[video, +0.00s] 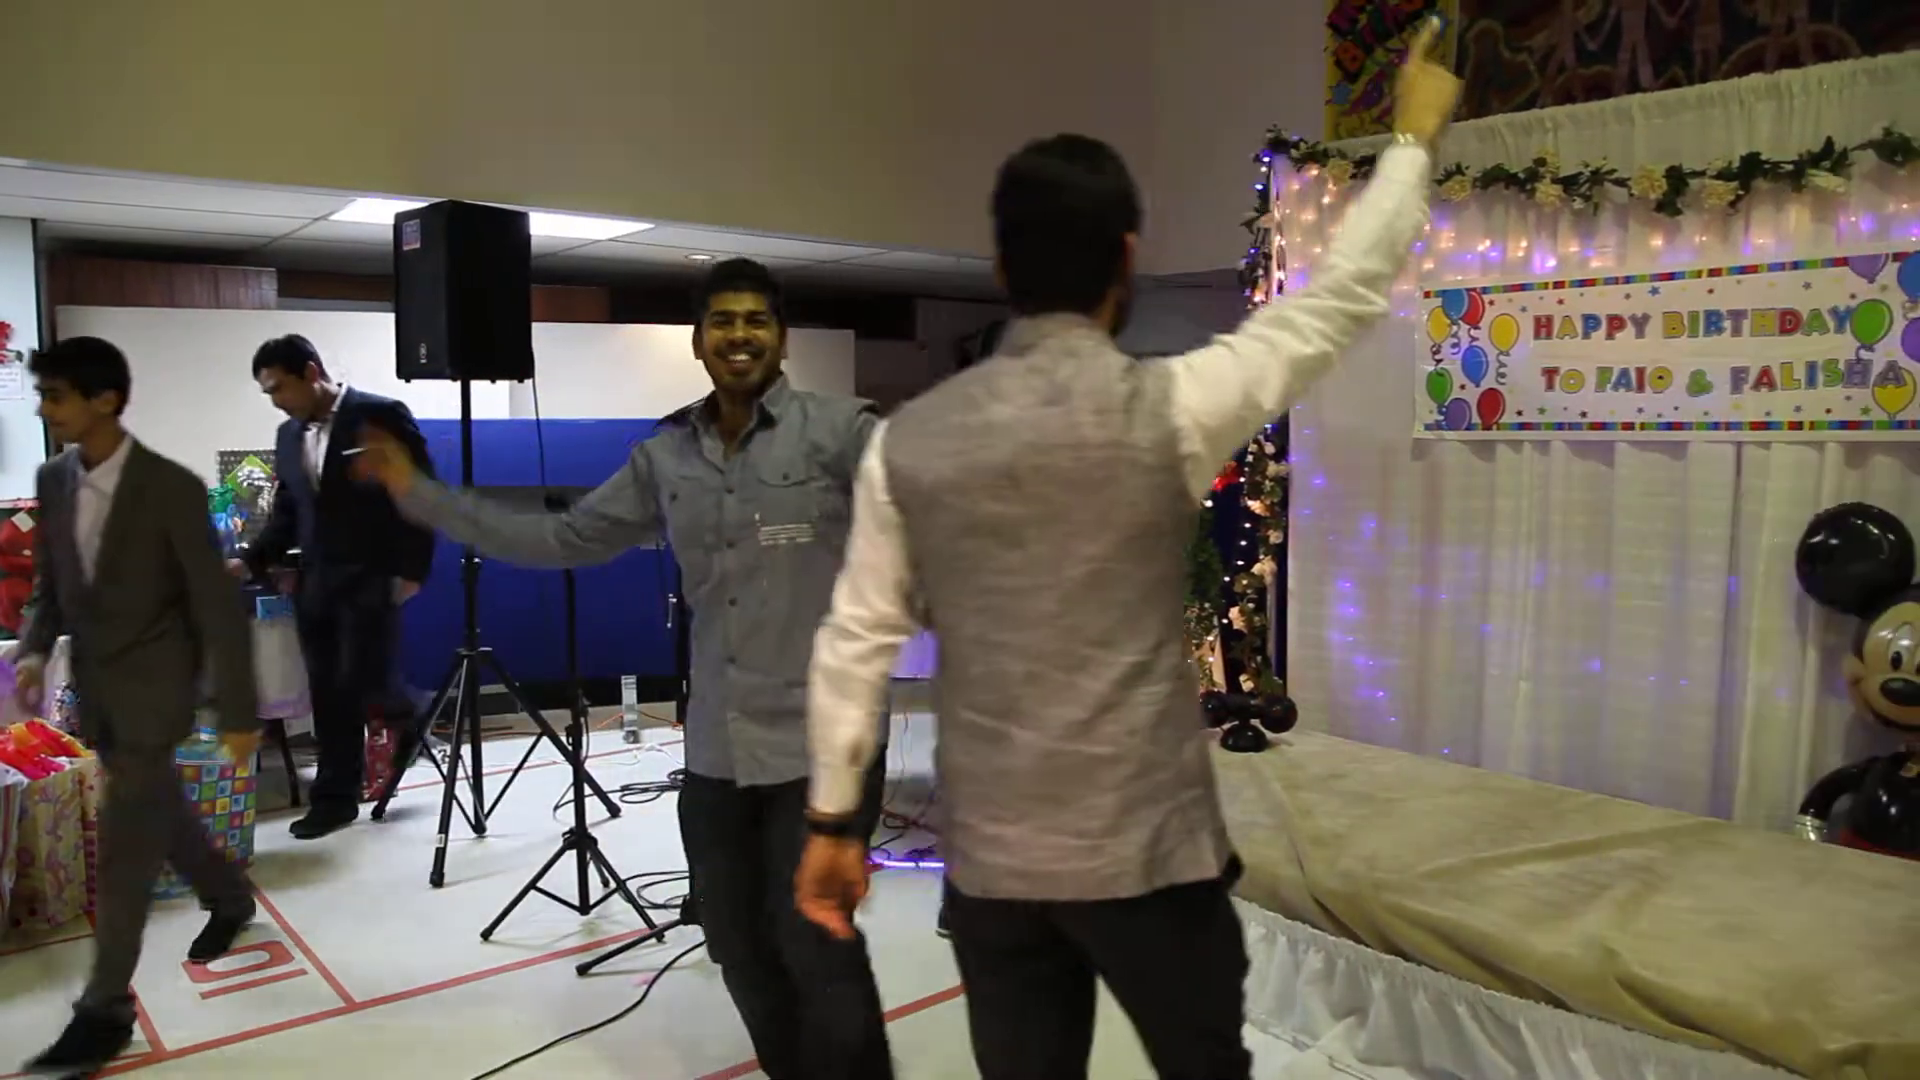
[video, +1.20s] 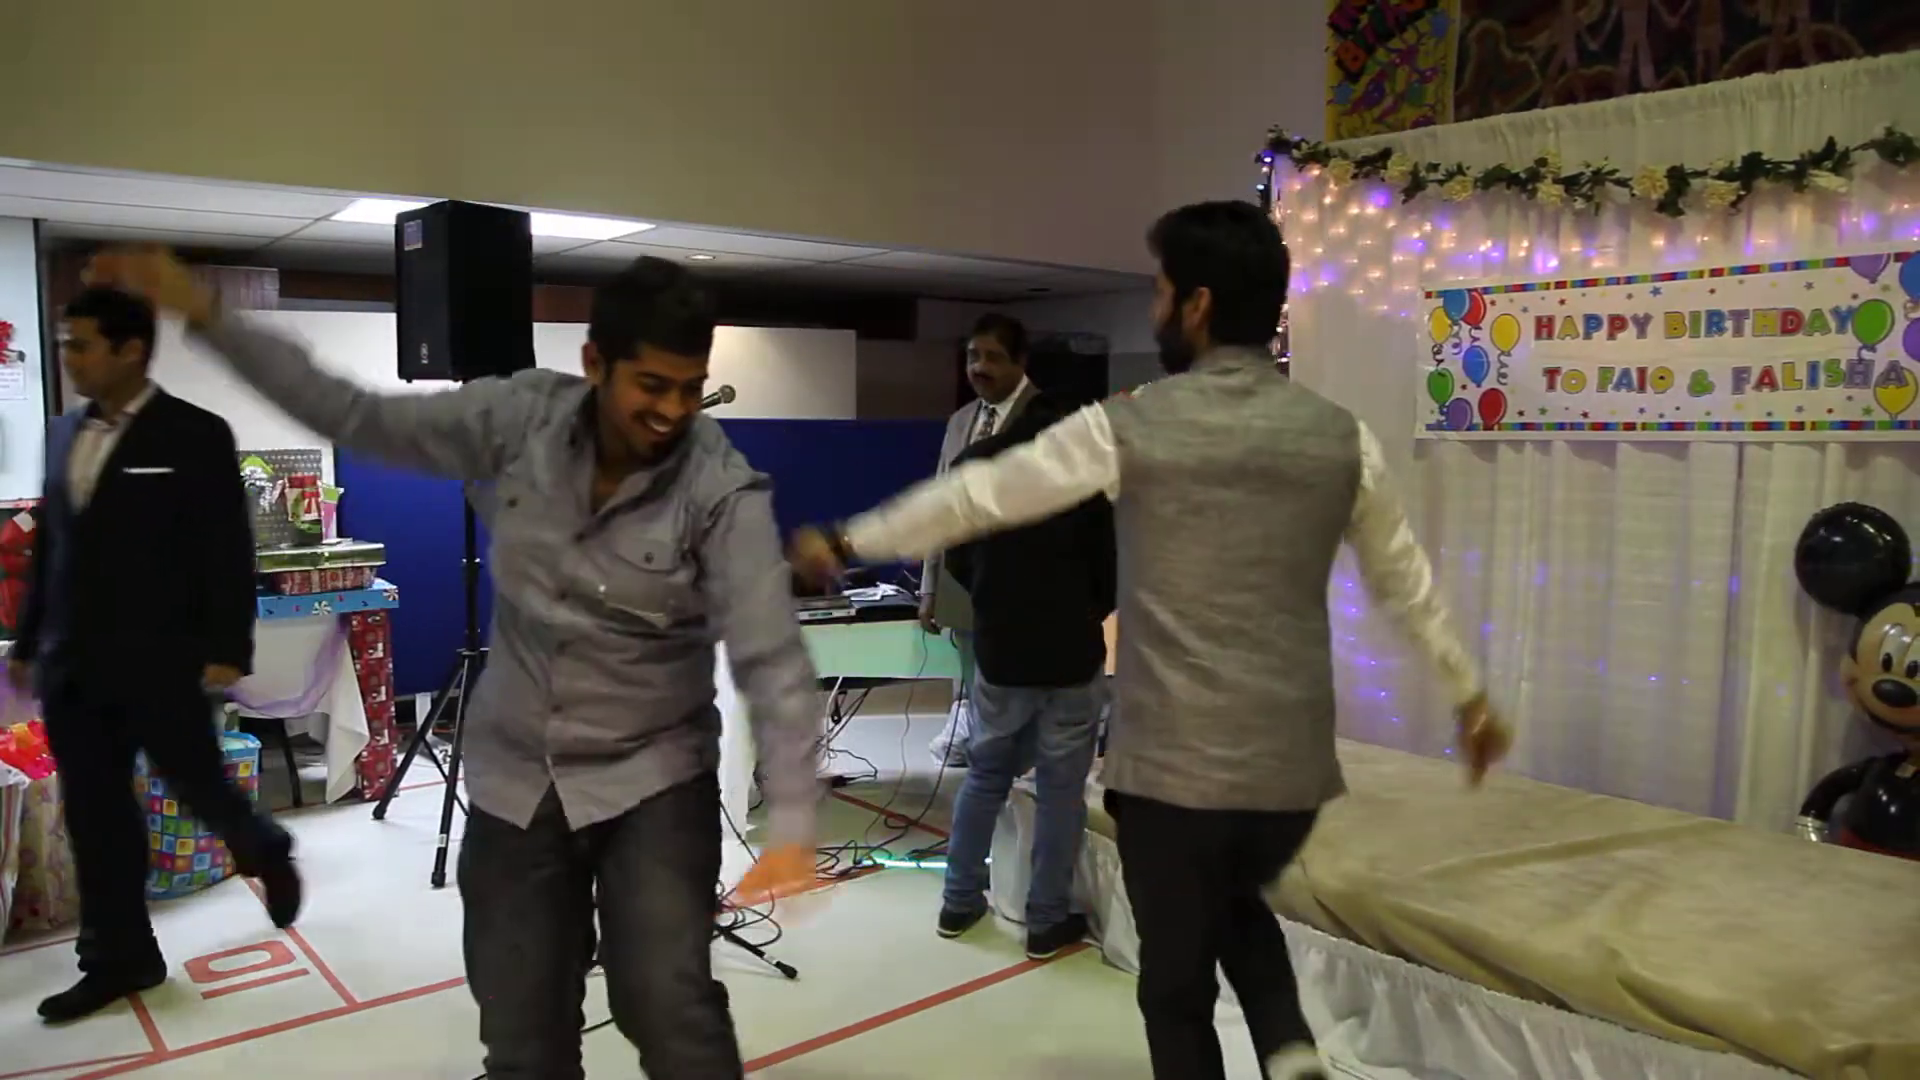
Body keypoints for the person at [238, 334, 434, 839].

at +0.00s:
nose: (274, 401)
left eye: (278, 388)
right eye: (268, 392)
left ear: (312, 373)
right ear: (299, 381)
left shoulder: (381, 418)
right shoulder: (290, 436)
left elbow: (420, 493)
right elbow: (287, 513)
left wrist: (414, 569)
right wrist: (251, 559)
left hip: (375, 578)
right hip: (318, 581)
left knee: (369, 681)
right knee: (330, 695)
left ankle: (413, 712)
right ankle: (335, 801)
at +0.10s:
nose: (265, 394)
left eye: (270, 382)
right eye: (258, 385)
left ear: (306, 371)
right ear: (261, 385)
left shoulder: (364, 418)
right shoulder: (274, 432)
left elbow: (410, 493)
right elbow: (271, 508)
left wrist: (403, 571)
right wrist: (241, 559)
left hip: (359, 576)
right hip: (304, 578)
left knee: (338, 679)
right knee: (318, 685)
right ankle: (334, 790)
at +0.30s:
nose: (245, 387)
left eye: (255, 376)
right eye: (242, 377)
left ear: (293, 374)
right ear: (243, 379)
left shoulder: (356, 431)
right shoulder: (243, 442)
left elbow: (393, 513)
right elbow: (238, 519)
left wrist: (401, 589)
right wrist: (226, 564)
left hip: (340, 594)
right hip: (280, 599)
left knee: (329, 713)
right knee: (314, 713)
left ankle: (326, 848)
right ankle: (322, 821)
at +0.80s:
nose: (194, 354)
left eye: (207, 343)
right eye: (191, 344)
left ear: (251, 351)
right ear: (195, 354)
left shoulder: (308, 423)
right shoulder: (178, 431)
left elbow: (346, 520)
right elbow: (167, 530)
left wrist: (341, 599)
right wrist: (151, 615)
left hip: (291, 621)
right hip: (207, 623)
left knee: (299, 751)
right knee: (206, 748)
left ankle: (308, 875)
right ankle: (257, 855)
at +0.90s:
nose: (172, 356)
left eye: (186, 344)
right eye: (170, 345)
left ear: (232, 352)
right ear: (175, 355)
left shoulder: (291, 426)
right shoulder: (160, 433)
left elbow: (323, 520)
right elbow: (150, 534)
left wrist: (311, 601)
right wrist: (132, 619)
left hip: (273, 633)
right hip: (186, 635)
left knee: (289, 765)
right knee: (190, 783)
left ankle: (304, 879)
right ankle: (186, 923)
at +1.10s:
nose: (108, 363)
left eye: (120, 352)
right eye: (106, 352)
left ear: (170, 358)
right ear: (126, 363)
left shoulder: (233, 440)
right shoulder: (104, 443)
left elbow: (263, 551)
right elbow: (93, 555)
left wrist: (251, 642)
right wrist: (75, 643)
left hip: (205, 661)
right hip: (123, 664)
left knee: (253, 790)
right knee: (126, 818)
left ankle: (301, 869)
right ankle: (125, 959)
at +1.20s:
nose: (69, 360)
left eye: (81, 346)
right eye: (66, 347)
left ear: (132, 349)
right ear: (79, 353)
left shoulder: (198, 433)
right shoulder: (67, 435)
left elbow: (229, 545)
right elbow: (50, 546)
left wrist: (229, 644)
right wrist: (28, 640)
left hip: (161, 656)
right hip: (78, 660)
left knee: (199, 783)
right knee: (97, 817)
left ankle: (267, 856)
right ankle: (123, 956)